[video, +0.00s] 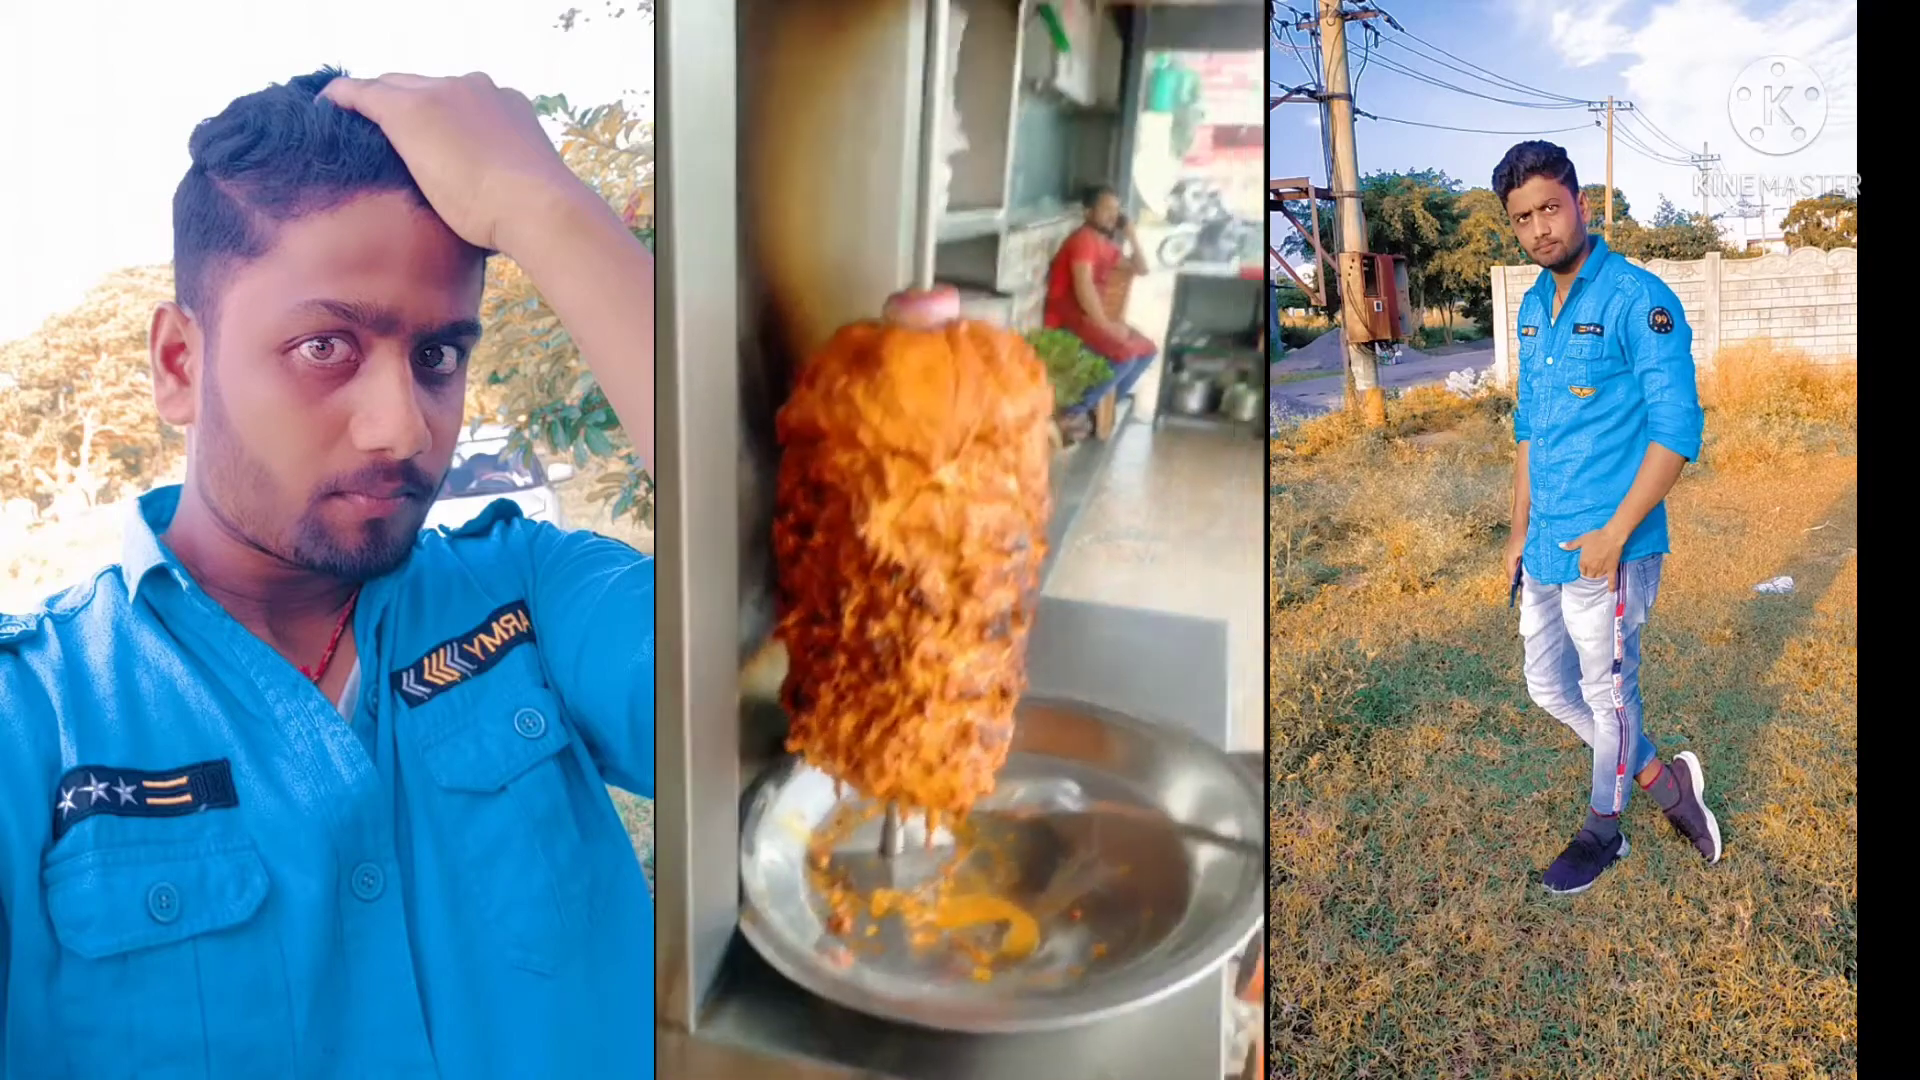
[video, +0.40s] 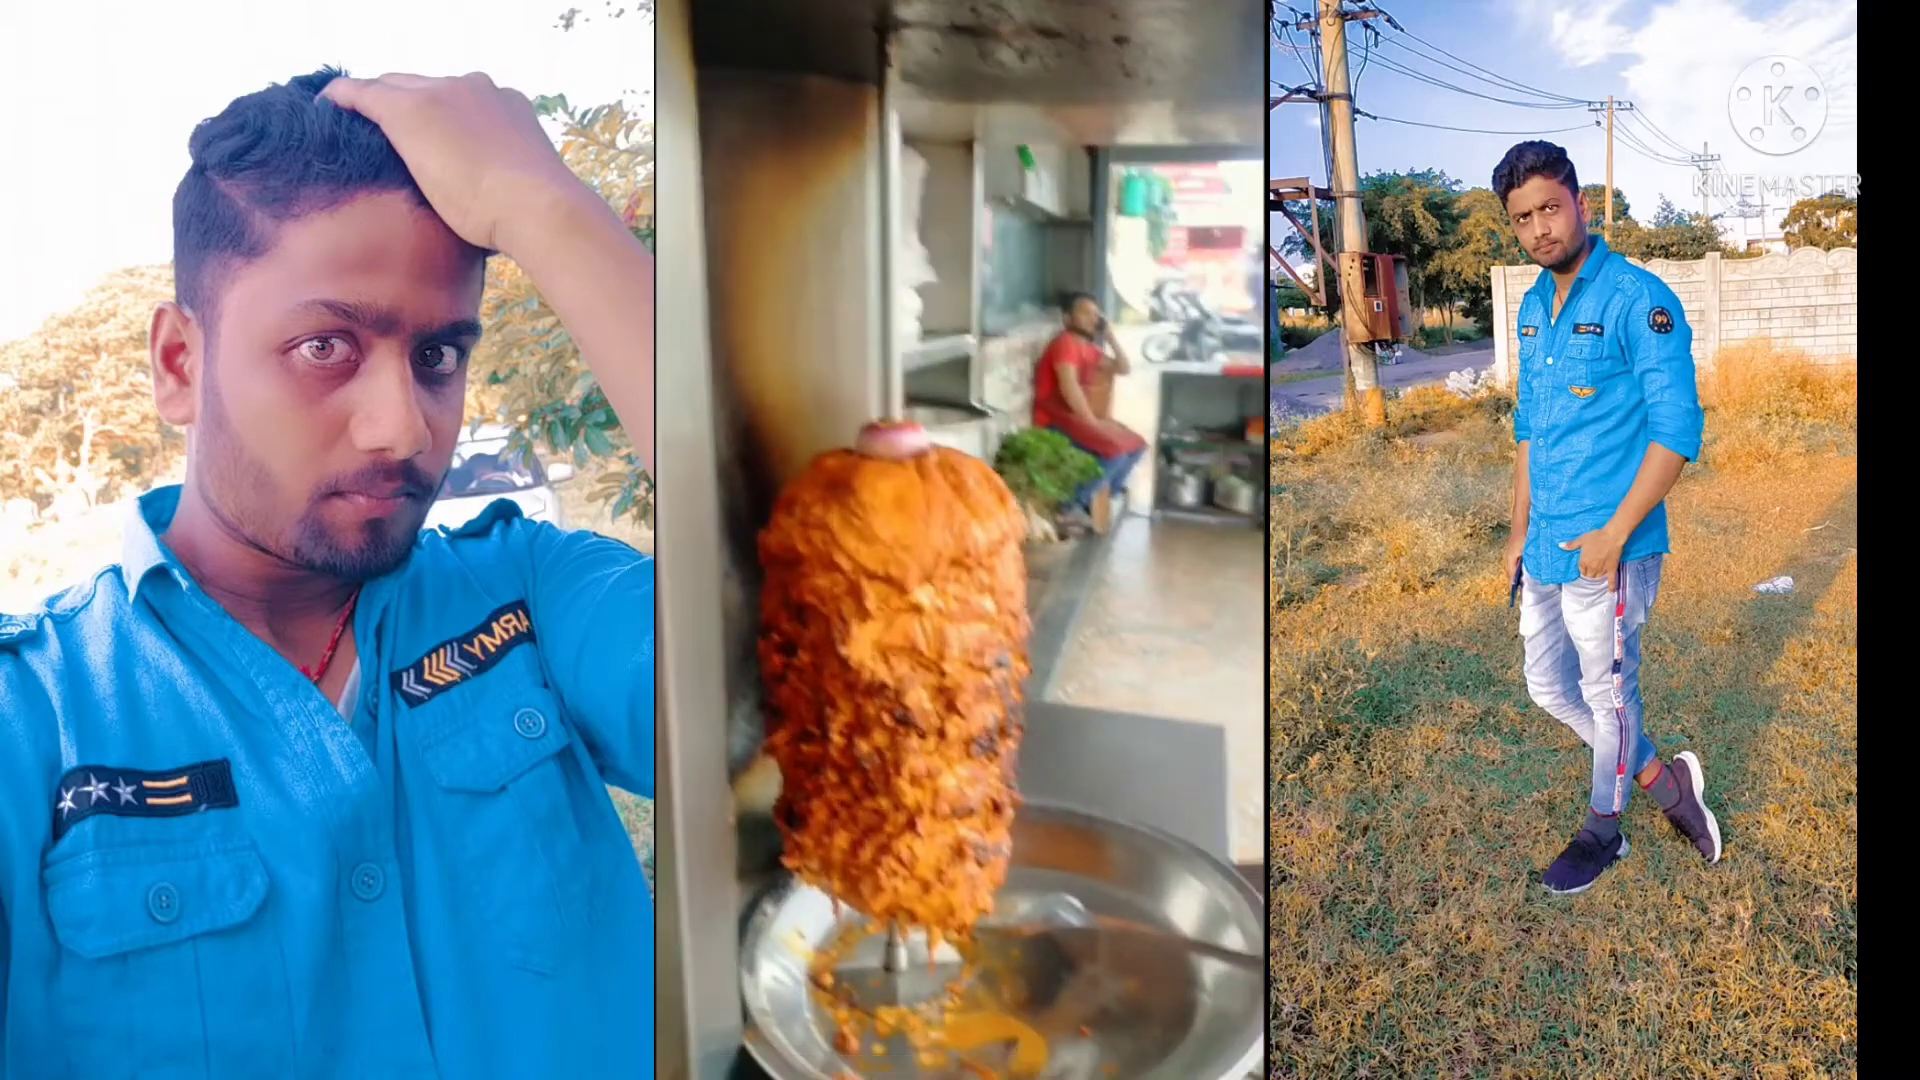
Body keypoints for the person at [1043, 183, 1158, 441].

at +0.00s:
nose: (1113, 215)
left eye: (1116, 209)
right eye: (1107, 208)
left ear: (1117, 213)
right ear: (1089, 210)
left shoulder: (1105, 245)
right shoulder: (1083, 240)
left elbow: (1140, 269)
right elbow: (1083, 286)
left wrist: (1131, 234)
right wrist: (1105, 325)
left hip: (1091, 318)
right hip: (1068, 320)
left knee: (1146, 349)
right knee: (1124, 355)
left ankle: (1105, 405)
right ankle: (1078, 411)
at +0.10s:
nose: (1120, 297)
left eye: (1122, 292)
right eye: (1113, 292)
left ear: (1125, 297)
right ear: (1097, 295)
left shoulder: (1114, 327)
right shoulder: (1093, 322)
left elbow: (1147, 347)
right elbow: (1093, 366)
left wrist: (1136, 313)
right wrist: (1117, 403)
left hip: (1102, 396)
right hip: (1080, 399)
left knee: (1157, 425)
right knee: (1137, 431)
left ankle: (1123, 475)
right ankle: (1094, 484)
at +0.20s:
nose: (1138, 348)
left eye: (1141, 342)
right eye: (1132, 342)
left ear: (1143, 347)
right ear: (1115, 345)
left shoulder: (1133, 377)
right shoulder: (1112, 372)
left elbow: (1167, 396)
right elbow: (1112, 415)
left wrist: (1155, 363)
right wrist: (1136, 450)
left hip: (1122, 444)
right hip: (1099, 447)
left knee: (1179, 473)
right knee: (1156, 480)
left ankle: (1141, 528)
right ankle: (1113, 534)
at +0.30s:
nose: (1141, 365)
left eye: (1143, 360)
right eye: (1134, 360)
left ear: (1145, 365)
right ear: (1116, 363)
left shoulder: (1136, 394)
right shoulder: (1113, 389)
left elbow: (1171, 415)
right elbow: (1115, 433)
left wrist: (1157, 382)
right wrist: (1141, 469)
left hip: (1126, 462)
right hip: (1103, 465)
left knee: (1184, 493)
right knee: (1162, 499)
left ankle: (1146, 546)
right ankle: (1117, 552)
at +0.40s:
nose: (1093, 318)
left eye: (1095, 313)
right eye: (1086, 312)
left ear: (1097, 318)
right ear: (1069, 316)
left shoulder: (1088, 347)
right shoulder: (1065, 342)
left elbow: (1122, 368)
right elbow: (1068, 386)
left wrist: (1109, 336)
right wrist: (1092, 422)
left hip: (1080, 415)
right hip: (1057, 418)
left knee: (1135, 445)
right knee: (1115, 451)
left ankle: (1101, 498)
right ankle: (1074, 507)